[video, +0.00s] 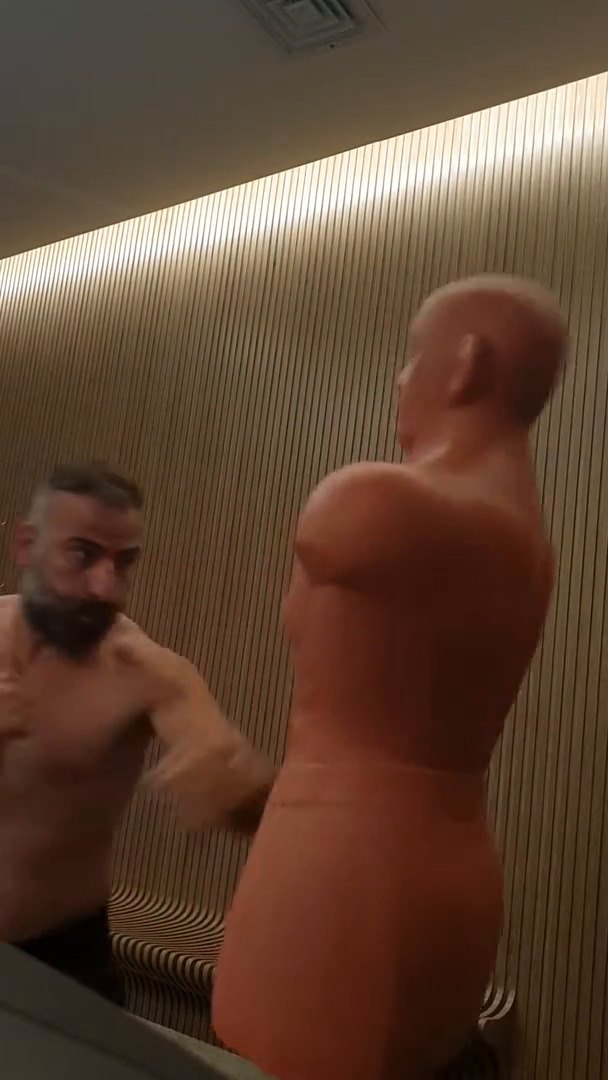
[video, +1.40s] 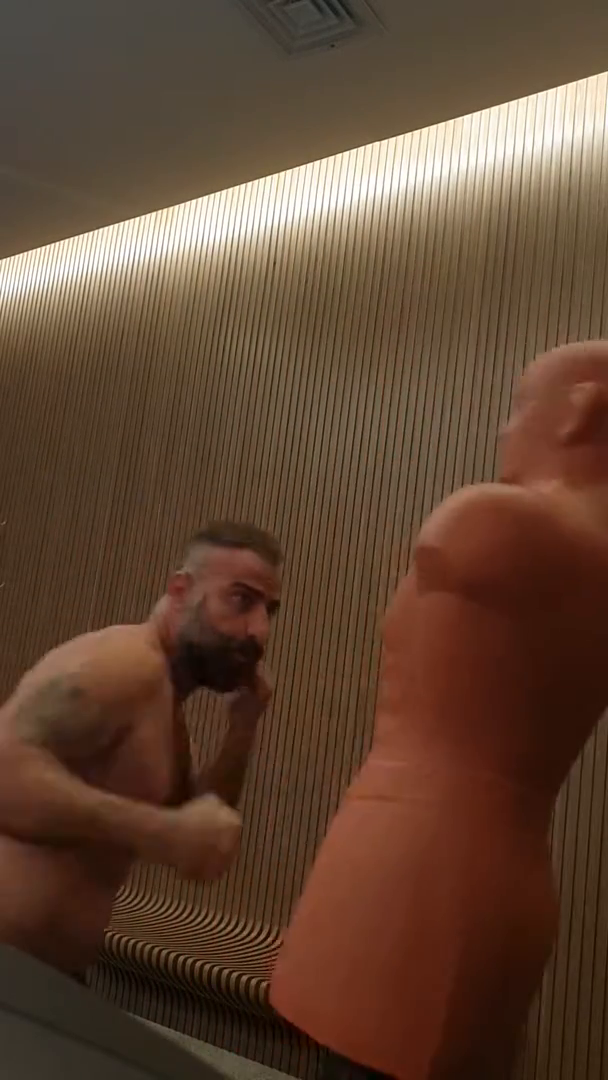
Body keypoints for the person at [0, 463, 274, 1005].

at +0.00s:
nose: (105, 586)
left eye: (124, 561)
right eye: (81, 555)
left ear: (137, 561)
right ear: (25, 545)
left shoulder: (152, 675)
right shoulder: (6, 638)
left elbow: (252, 794)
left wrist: (235, 782)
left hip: (64, 948)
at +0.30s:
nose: (140, 586)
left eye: (154, 563)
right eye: (119, 554)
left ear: (162, 565)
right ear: (54, 545)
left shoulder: (124, 666)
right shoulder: (8, 637)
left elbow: (180, 802)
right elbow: (8, 774)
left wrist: (200, 722)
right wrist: (89, 690)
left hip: (43, 942)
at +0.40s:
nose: (103, 587)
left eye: (116, 566)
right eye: (82, 555)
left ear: (123, 567)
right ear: (15, 543)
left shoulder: (75, 669)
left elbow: (119, 818)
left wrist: (146, 718)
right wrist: (54, 686)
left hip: (9, 933)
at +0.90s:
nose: (125, 572)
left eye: (138, 548)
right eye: (100, 542)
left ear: (148, 553)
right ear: (36, 539)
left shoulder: (120, 663)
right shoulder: (7, 644)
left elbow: (184, 795)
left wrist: (196, 723)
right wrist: (7, 687)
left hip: (34, 951)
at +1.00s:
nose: (156, 574)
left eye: (169, 551)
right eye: (132, 544)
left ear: (179, 558)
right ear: (67, 540)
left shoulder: (149, 652)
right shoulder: (13, 630)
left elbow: (221, 779)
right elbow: (56, 719)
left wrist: (227, 687)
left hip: (67, 955)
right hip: (5, 946)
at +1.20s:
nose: (239, 604)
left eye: (250, 582)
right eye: (219, 574)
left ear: (259, 588)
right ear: (158, 568)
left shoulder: (210, 699)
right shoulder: (47, 658)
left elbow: (263, 824)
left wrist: (314, 738)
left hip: (85, 984)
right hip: (6, 962)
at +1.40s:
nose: (260, 629)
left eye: (269, 610)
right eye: (241, 599)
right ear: (180, 589)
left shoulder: (163, 691)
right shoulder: (122, 661)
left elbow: (197, 831)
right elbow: (9, 773)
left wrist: (242, 727)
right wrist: (165, 834)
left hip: (50, 978)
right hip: (15, 970)